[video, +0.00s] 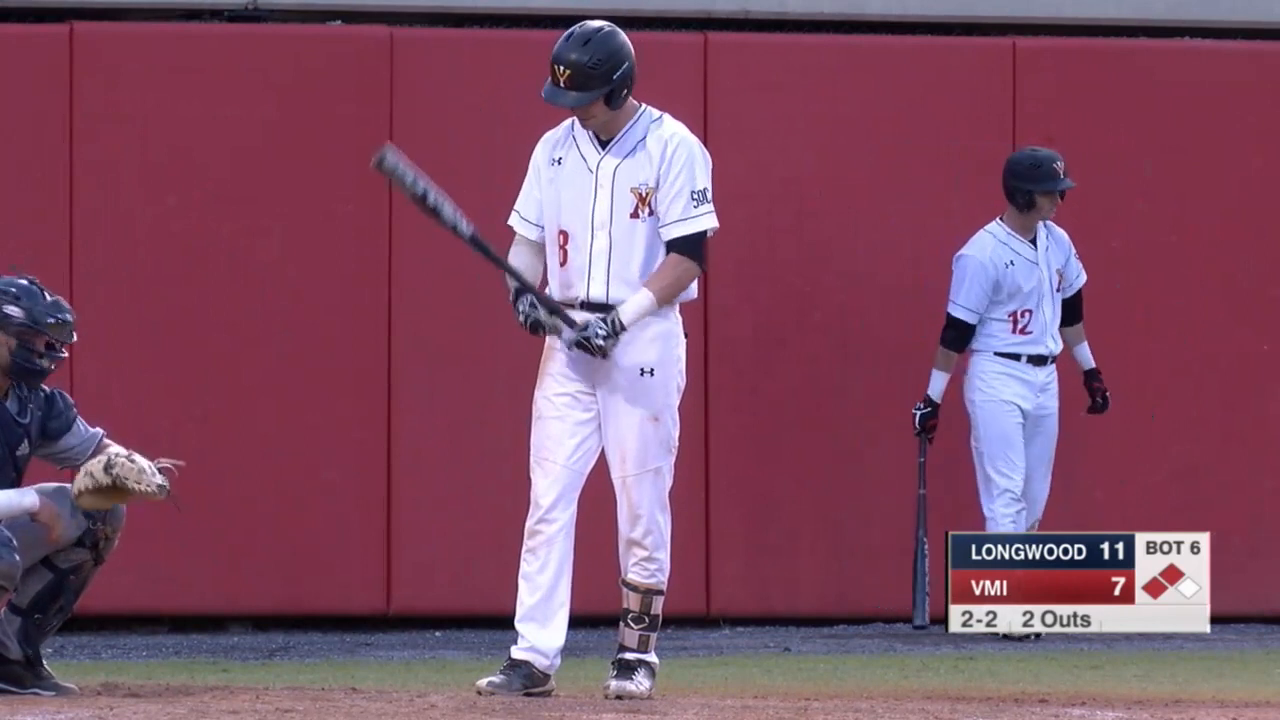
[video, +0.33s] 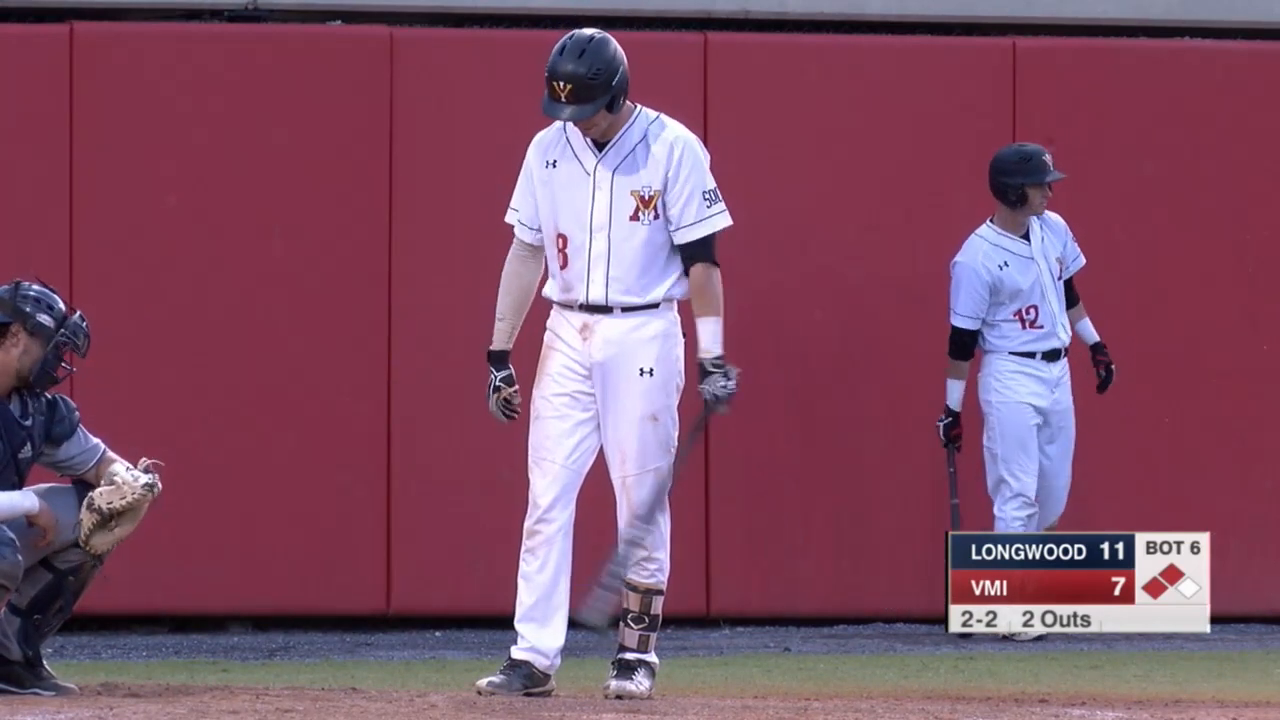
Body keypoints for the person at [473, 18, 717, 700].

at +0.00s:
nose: (572, 110)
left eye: (581, 99)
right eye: (567, 98)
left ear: (617, 87)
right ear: (566, 87)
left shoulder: (673, 144)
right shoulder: (553, 147)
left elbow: (689, 255)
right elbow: (528, 241)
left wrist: (622, 313)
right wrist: (523, 291)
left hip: (643, 345)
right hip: (565, 342)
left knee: (640, 500)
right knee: (548, 501)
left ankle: (635, 655)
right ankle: (533, 658)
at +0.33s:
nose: (577, 122)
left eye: (587, 111)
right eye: (569, 110)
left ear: (619, 94)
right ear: (560, 96)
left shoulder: (673, 147)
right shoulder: (548, 146)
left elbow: (700, 259)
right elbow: (525, 253)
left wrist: (713, 357)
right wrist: (500, 352)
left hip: (643, 339)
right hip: (566, 339)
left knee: (639, 494)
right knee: (547, 497)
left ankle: (636, 652)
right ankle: (533, 657)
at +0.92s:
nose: (565, 131)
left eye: (572, 120)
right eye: (557, 120)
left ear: (604, 101)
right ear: (550, 106)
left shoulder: (671, 149)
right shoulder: (543, 148)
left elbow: (726, 247)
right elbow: (529, 250)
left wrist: (780, 325)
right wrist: (508, 339)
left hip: (640, 340)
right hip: (563, 339)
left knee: (638, 490)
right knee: (545, 498)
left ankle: (635, 653)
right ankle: (532, 658)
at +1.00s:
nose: (566, 131)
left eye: (574, 119)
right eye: (557, 119)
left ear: (606, 101)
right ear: (549, 104)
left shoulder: (671, 149)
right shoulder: (544, 146)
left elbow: (714, 255)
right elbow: (529, 251)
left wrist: (756, 340)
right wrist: (507, 341)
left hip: (643, 339)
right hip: (565, 336)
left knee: (639, 491)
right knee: (547, 496)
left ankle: (635, 654)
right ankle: (531, 657)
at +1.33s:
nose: (572, 129)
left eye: (579, 118)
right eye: (564, 118)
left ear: (612, 100)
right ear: (557, 103)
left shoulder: (674, 148)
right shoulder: (550, 147)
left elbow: (685, 256)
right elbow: (534, 246)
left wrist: (629, 327)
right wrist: (521, 316)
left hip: (646, 339)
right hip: (568, 337)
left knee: (640, 495)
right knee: (548, 500)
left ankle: (636, 651)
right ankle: (533, 657)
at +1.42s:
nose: (571, 131)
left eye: (579, 119)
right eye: (564, 120)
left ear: (613, 101)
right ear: (557, 104)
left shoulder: (673, 147)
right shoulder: (550, 148)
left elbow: (680, 259)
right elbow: (536, 243)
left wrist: (604, 311)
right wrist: (528, 294)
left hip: (643, 343)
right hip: (569, 341)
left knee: (640, 495)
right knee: (548, 500)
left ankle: (636, 653)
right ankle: (533, 657)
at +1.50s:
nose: (571, 132)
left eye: (579, 121)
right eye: (564, 122)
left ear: (613, 103)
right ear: (558, 106)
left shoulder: (672, 146)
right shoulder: (551, 146)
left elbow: (675, 258)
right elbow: (537, 241)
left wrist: (595, 302)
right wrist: (529, 285)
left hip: (644, 343)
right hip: (569, 341)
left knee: (640, 497)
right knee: (549, 499)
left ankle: (636, 654)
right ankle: (533, 657)